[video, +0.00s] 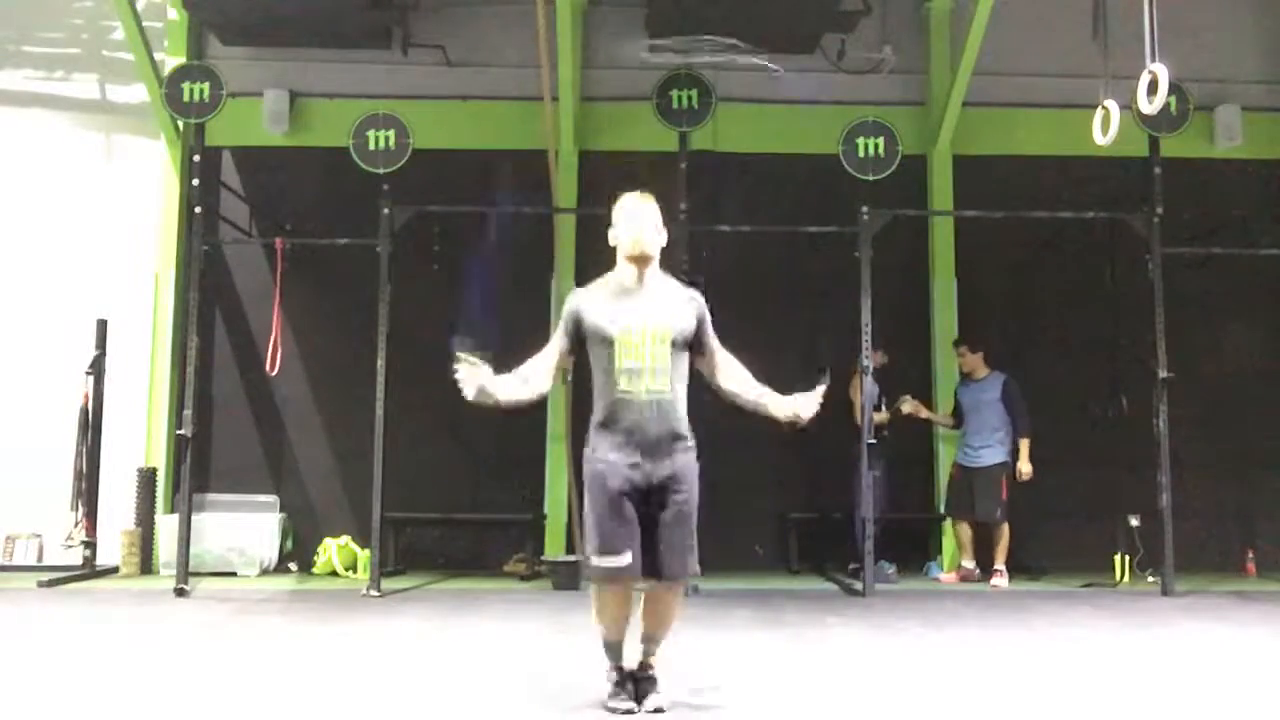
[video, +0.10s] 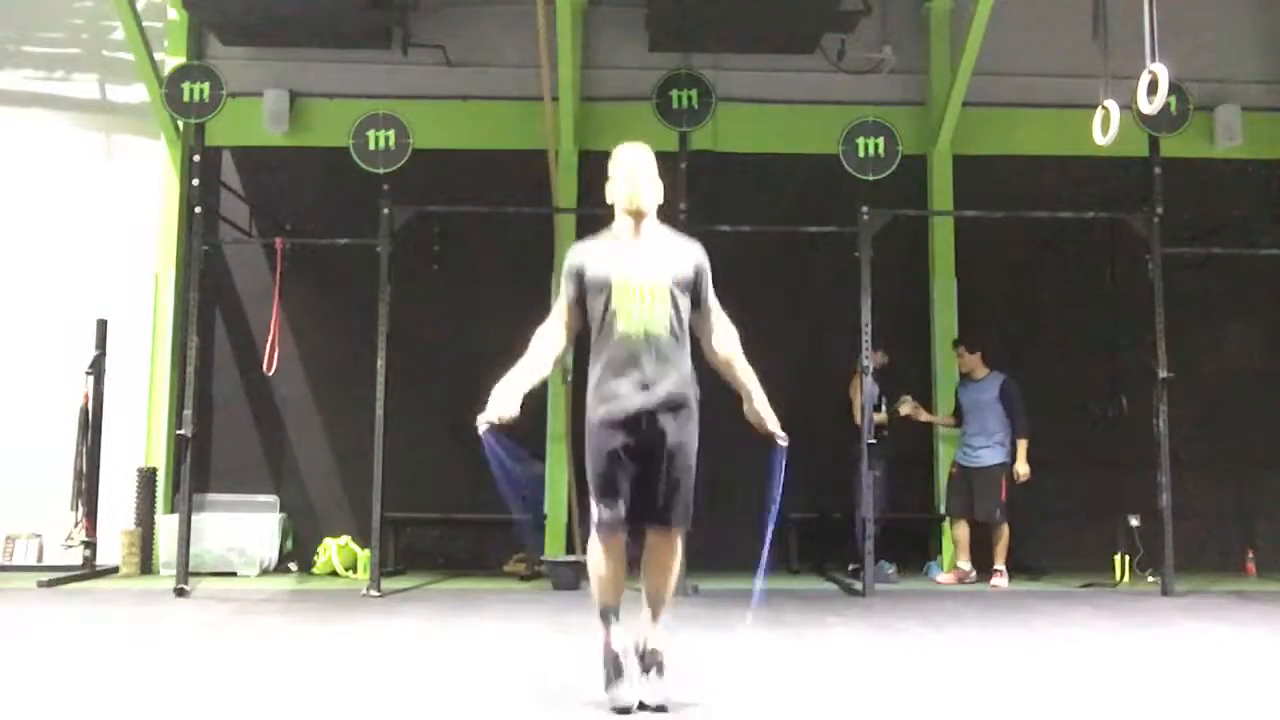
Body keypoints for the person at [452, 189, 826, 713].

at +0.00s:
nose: (643, 231)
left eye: (651, 223)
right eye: (633, 222)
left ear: (664, 233)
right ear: (613, 234)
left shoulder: (688, 302)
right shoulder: (584, 302)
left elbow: (723, 369)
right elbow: (544, 370)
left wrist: (781, 405)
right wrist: (493, 385)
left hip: (675, 451)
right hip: (610, 451)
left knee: (671, 573)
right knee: (614, 568)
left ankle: (647, 667)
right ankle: (618, 669)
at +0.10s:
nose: (635, 184)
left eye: (643, 175)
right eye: (625, 175)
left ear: (659, 186)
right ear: (609, 187)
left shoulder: (689, 254)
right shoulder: (584, 256)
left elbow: (717, 334)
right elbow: (557, 332)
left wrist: (754, 394)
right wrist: (512, 387)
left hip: (674, 404)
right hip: (610, 405)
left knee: (667, 527)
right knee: (609, 525)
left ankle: (651, 640)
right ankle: (610, 638)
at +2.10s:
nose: (650, 206)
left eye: (657, 197)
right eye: (639, 197)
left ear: (672, 207)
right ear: (620, 209)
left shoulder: (696, 272)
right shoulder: (593, 273)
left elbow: (716, 339)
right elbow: (561, 342)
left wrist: (767, 383)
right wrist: (508, 365)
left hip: (681, 425)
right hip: (616, 427)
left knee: (674, 545)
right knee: (623, 542)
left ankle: (661, 659)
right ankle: (624, 655)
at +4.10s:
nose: (643, 156)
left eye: (651, 149)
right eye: (634, 149)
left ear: (666, 163)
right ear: (617, 162)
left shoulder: (695, 227)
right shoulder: (592, 231)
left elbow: (724, 295)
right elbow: (567, 298)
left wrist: (765, 351)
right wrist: (535, 348)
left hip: (676, 367)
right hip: (614, 367)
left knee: (670, 484)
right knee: (616, 478)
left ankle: (655, 589)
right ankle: (616, 586)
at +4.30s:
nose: (652, 185)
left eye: (659, 176)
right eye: (642, 177)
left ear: (671, 188)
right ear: (623, 189)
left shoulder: (695, 251)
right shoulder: (594, 255)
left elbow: (715, 321)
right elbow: (565, 325)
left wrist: (753, 373)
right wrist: (506, 367)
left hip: (678, 397)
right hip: (614, 397)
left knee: (672, 519)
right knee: (616, 515)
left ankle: (662, 631)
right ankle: (615, 621)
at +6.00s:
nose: (651, 191)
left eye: (657, 183)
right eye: (641, 183)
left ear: (671, 191)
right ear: (622, 193)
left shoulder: (695, 254)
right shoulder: (597, 255)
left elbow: (712, 317)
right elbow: (568, 321)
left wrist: (760, 366)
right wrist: (513, 362)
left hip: (679, 398)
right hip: (616, 399)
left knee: (672, 516)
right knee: (618, 512)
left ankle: (660, 625)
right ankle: (619, 623)